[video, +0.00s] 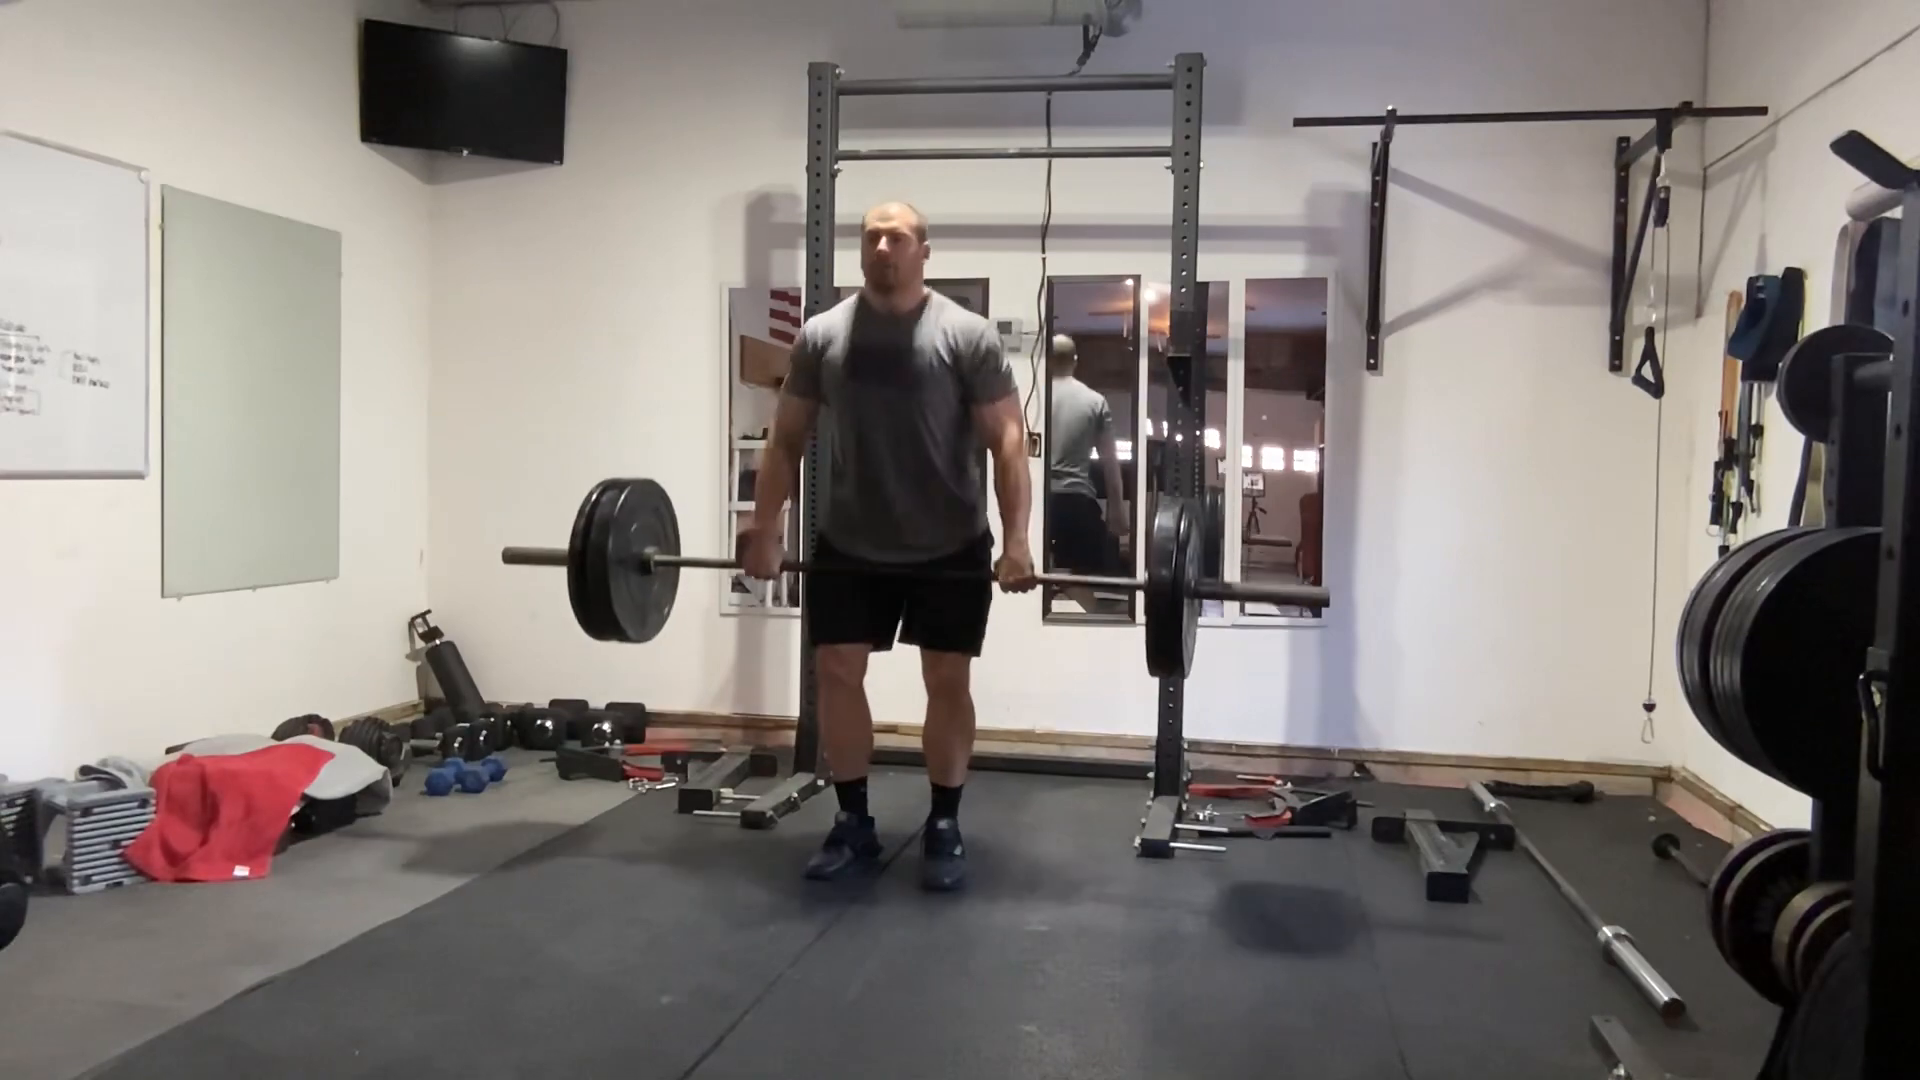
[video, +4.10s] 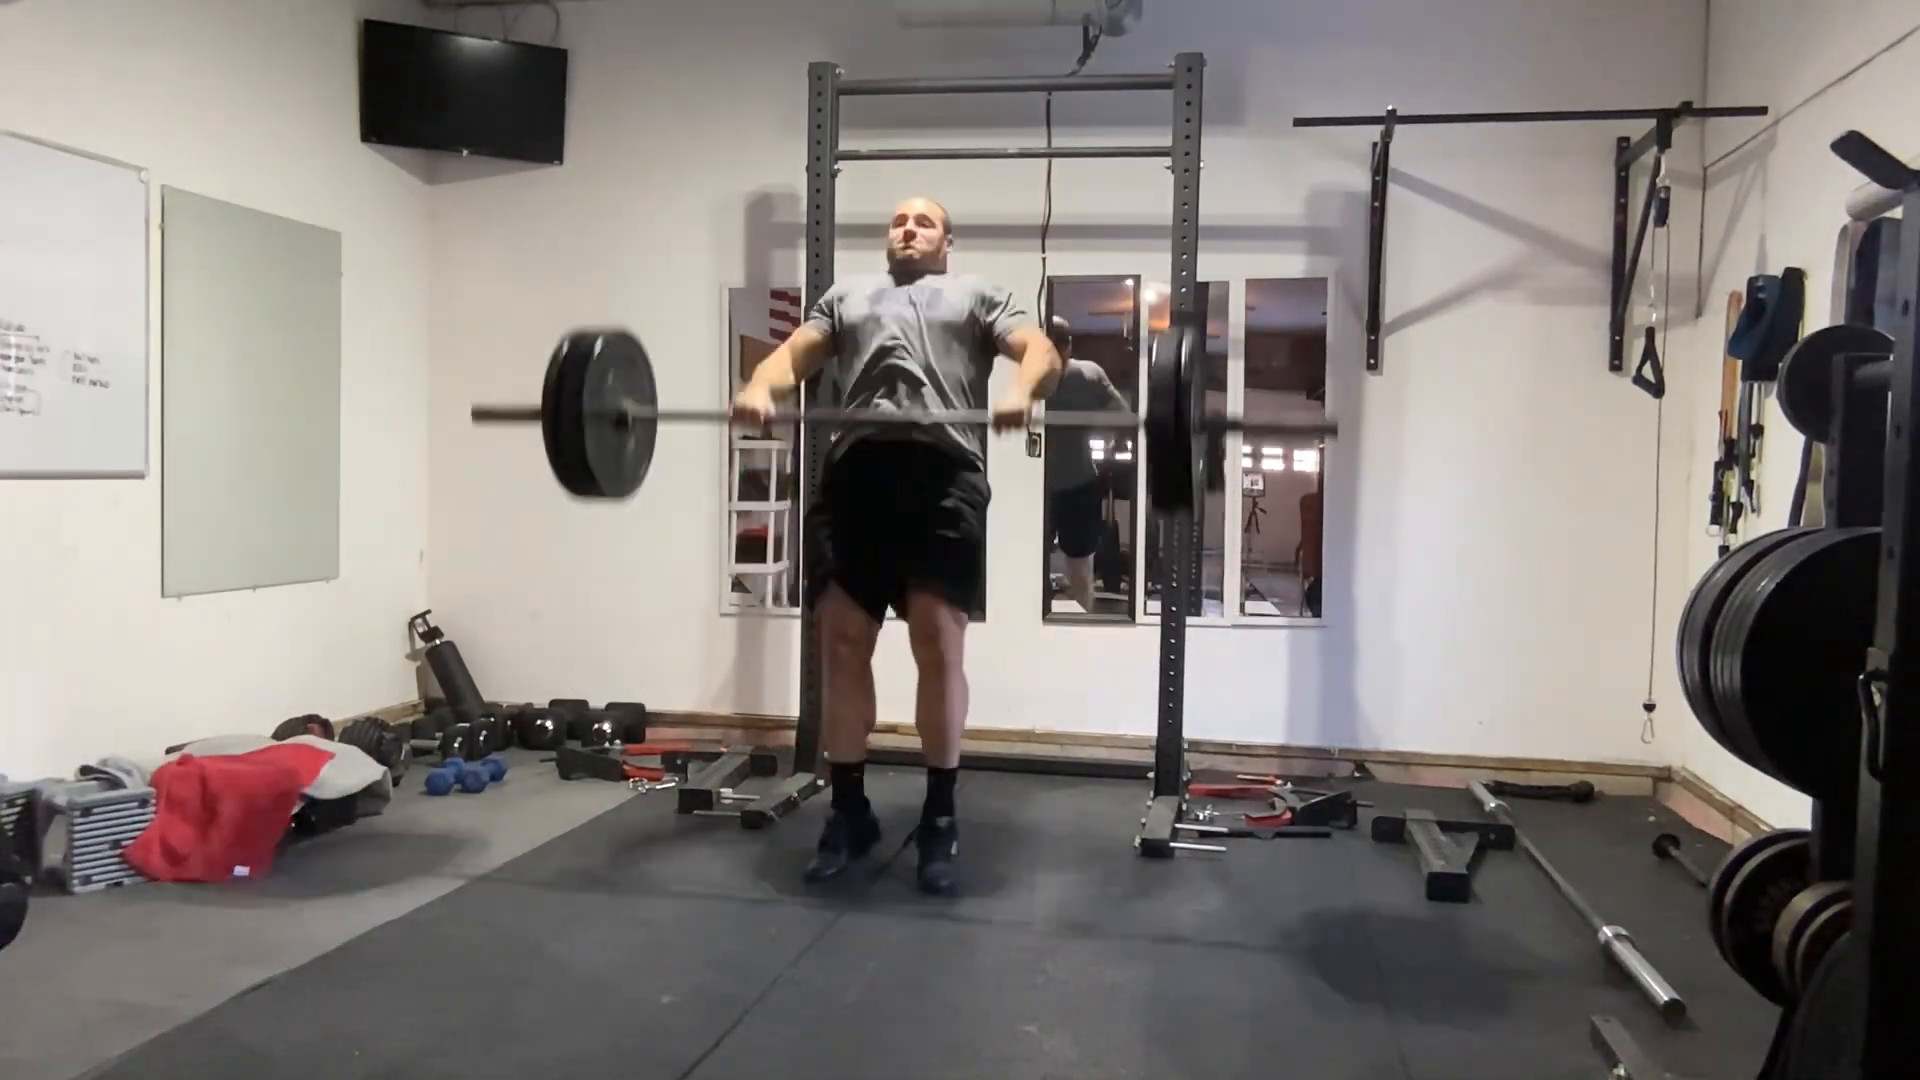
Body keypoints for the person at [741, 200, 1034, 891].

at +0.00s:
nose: (879, 248)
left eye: (893, 237)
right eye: (870, 237)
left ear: (924, 252)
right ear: (858, 252)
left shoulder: (968, 336)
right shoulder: (821, 336)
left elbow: (1007, 441)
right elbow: (786, 440)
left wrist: (1016, 540)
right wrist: (764, 529)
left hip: (946, 541)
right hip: (847, 540)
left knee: (948, 679)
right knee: (837, 671)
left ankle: (944, 827)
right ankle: (854, 827)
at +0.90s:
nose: (912, 216)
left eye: (926, 211)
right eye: (903, 211)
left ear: (950, 237)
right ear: (888, 235)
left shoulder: (979, 295)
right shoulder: (847, 292)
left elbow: (1037, 362)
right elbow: (782, 354)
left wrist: (1021, 431)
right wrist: (760, 425)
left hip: (940, 482)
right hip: (847, 480)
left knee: (934, 646)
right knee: (844, 647)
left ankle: (938, 816)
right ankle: (842, 808)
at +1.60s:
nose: (893, 254)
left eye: (908, 246)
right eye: (885, 244)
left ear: (936, 262)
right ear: (871, 258)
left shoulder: (954, 324)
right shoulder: (835, 322)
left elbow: (981, 359)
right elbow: (765, 360)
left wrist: (1007, 302)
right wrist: (770, 297)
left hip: (934, 529)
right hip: (842, 528)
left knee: (937, 684)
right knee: (824, 681)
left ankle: (934, 832)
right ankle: (857, 830)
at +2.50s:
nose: (907, 208)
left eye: (921, 206)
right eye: (896, 205)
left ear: (943, 235)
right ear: (877, 229)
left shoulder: (957, 292)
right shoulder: (835, 283)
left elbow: (1026, 263)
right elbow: (746, 271)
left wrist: (1026, 173)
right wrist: (757, 187)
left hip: (932, 488)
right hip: (845, 489)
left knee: (935, 659)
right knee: (850, 659)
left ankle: (943, 826)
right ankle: (850, 821)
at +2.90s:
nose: (870, 232)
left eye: (884, 219)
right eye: (861, 220)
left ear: (916, 223)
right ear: (848, 226)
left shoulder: (958, 278)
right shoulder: (823, 282)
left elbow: (1004, 166)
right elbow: (771, 180)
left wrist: (1023, 73)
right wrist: (760, 90)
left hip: (934, 502)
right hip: (847, 503)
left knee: (931, 670)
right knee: (859, 668)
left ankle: (937, 829)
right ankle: (859, 826)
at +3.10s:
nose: (887, 227)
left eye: (902, 218)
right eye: (877, 218)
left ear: (928, 233)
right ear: (863, 233)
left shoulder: (966, 317)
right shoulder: (822, 318)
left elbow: (1000, 418)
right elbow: (783, 410)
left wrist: (1007, 517)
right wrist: (751, 503)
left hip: (936, 531)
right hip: (842, 530)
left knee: (934, 675)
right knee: (844, 672)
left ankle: (937, 828)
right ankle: (855, 828)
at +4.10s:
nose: (909, 226)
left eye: (924, 221)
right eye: (899, 220)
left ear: (946, 244)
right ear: (884, 241)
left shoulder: (974, 295)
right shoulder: (847, 295)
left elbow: (1043, 348)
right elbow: (791, 355)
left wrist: (1022, 390)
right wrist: (758, 385)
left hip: (943, 471)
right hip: (857, 470)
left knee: (936, 633)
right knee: (842, 638)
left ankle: (939, 819)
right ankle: (848, 811)